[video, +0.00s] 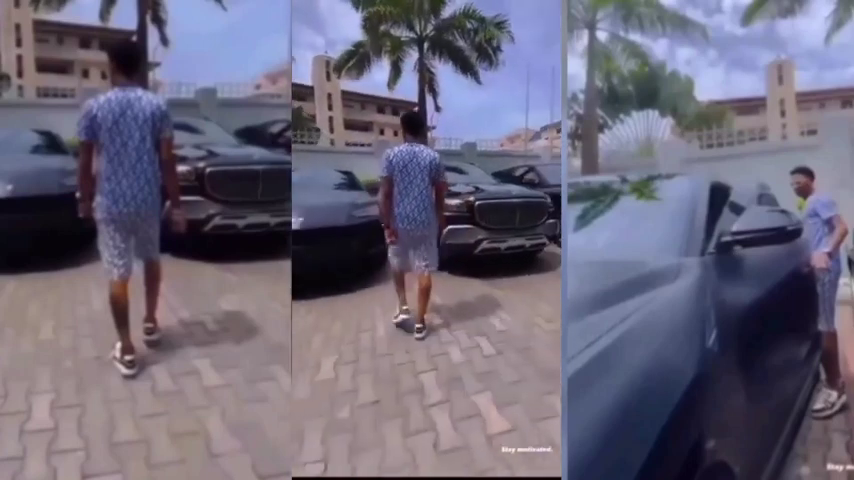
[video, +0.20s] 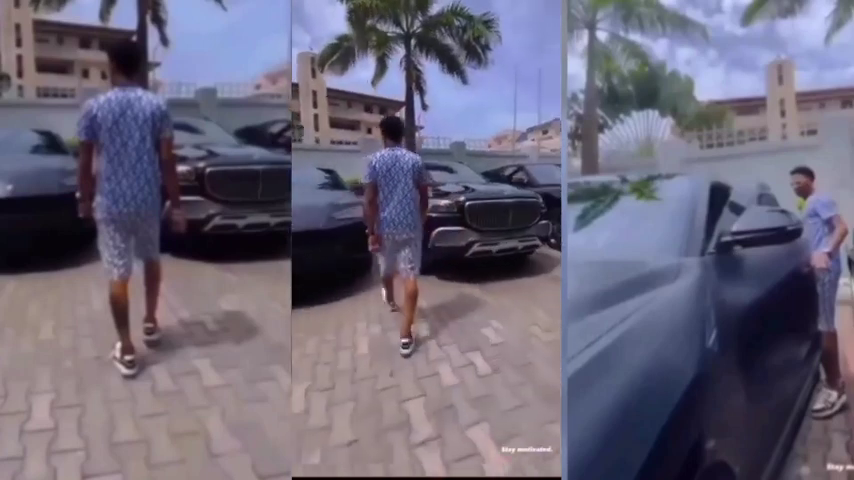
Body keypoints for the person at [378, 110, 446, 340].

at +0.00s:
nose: (403, 132)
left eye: (402, 129)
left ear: (402, 130)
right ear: (424, 129)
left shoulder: (392, 155)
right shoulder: (432, 156)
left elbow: (386, 193)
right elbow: (440, 192)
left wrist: (386, 224)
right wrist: (440, 219)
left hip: (399, 222)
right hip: (425, 222)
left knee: (397, 266)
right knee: (424, 270)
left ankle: (403, 306)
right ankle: (420, 322)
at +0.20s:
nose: (382, 138)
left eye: (382, 134)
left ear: (383, 135)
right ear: (402, 135)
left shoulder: (375, 161)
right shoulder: (414, 160)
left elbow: (370, 199)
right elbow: (424, 193)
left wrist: (371, 230)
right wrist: (422, 217)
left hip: (386, 226)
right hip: (411, 226)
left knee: (387, 268)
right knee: (410, 277)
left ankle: (390, 300)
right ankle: (406, 334)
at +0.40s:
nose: (359, 135)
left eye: (357, 131)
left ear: (357, 133)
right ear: (377, 132)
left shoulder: (351, 159)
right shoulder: (391, 158)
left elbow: (348, 198)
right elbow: (400, 194)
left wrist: (346, 230)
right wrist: (404, 219)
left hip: (363, 222)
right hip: (390, 221)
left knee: (366, 269)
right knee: (395, 268)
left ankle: (374, 308)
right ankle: (393, 317)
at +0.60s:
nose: (341, 133)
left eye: (337, 129)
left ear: (336, 130)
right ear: (357, 130)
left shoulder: (325, 155)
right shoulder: (369, 155)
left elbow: (320, 193)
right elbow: (378, 189)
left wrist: (320, 224)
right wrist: (384, 215)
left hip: (339, 223)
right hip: (367, 221)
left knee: (346, 271)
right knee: (378, 265)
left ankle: (356, 319)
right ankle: (374, 304)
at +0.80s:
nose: (330, 137)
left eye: (325, 132)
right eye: (339, 133)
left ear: (321, 133)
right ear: (343, 133)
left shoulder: (309, 157)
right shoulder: (352, 158)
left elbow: (300, 192)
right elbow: (360, 195)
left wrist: (301, 222)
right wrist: (369, 225)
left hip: (320, 223)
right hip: (348, 221)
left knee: (329, 275)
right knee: (354, 261)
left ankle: (339, 331)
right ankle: (356, 297)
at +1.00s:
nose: (320, 140)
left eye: (317, 135)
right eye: (329, 137)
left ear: (313, 136)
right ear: (333, 137)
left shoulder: (299, 160)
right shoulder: (341, 163)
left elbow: (293, 196)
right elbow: (349, 197)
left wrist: (294, 224)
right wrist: (356, 225)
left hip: (308, 223)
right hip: (336, 222)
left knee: (313, 274)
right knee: (339, 263)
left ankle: (318, 325)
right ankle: (337, 301)